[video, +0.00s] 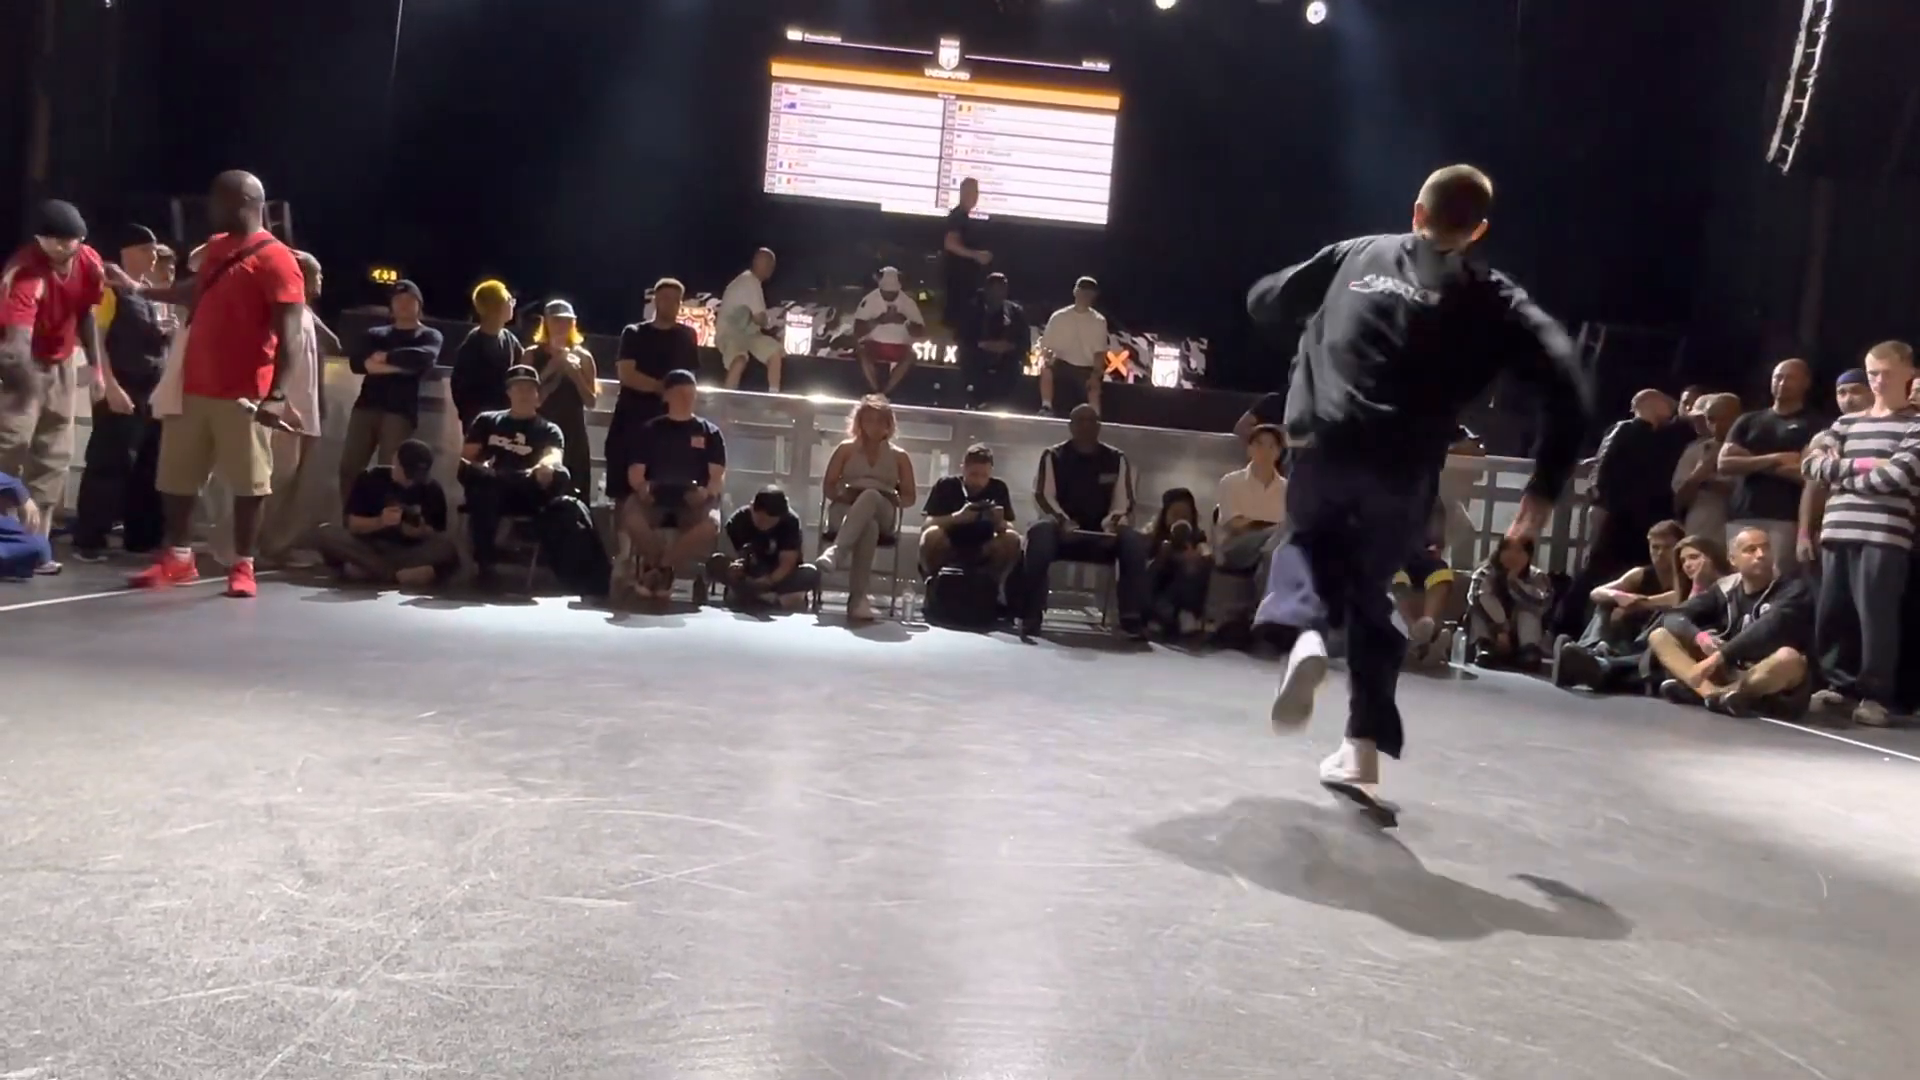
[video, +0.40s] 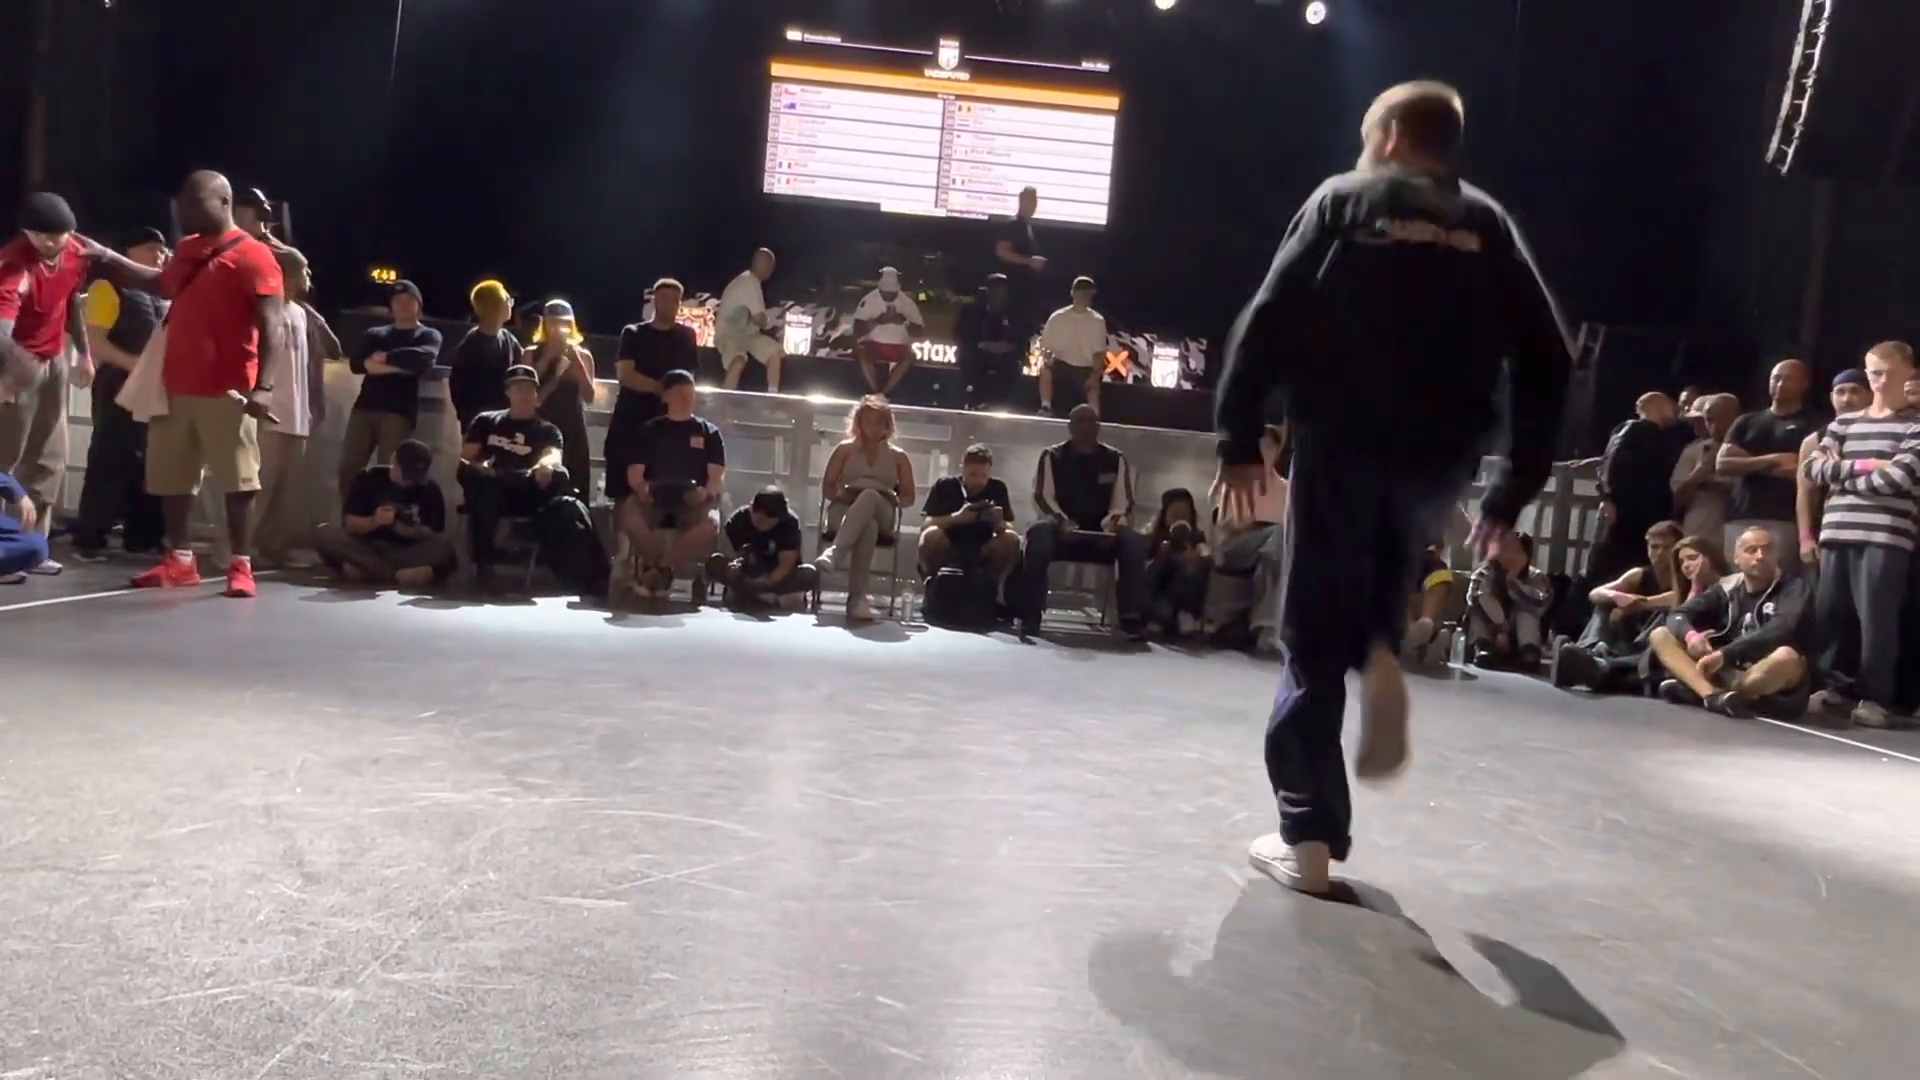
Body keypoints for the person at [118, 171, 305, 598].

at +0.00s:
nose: (211, 208)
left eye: (218, 200)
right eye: (212, 200)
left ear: (244, 203)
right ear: (244, 204)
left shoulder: (277, 259)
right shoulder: (215, 249)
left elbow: (291, 335)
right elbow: (197, 292)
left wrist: (279, 394)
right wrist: (139, 290)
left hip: (244, 396)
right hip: (192, 390)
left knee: (249, 486)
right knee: (176, 478)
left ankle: (243, 566)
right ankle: (177, 557)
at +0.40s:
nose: (184, 211)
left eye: (191, 202)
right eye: (183, 203)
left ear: (223, 202)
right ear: (188, 207)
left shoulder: (255, 256)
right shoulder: (186, 250)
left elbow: (272, 325)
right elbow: (160, 283)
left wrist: (264, 385)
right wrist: (107, 258)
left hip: (228, 389)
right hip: (175, 387)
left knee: (238, 480)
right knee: (172, 475)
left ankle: (239, 565)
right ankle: (179, 560)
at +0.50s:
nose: (180, 211)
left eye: (188, 202)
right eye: (177, 203)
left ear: (214, 200)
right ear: (177, 207)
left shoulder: (245, 252)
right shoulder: (177, 250)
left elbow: (268, 324)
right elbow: (148, 282)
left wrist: (260, 385)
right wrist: (102, 257)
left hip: (226, 390)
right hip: (172, 389)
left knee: (237, 481)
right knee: (171, 477)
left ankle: (240, 564)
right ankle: (178, 559)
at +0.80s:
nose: (174, 208)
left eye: (181, 199)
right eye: (168, 202)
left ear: (204, 200)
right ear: (163, 208)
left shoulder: (236, 252)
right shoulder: (158, 252)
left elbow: (260, 318)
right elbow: (114, 281)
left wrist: (247, 378)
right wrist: (86, 265)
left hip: (222, 386)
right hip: (170, 388)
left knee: (233, 481)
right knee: (171, 478)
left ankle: (235, 563)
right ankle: (177, 560)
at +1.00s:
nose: (195, 204)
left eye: (202, 196)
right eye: (187, 197)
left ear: (216, 201)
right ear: (174, 204)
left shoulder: (244, 253)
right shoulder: (157, 250)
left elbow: (269, 318)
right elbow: (112, 285)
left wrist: (256, 378)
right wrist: (86, 261)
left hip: (223, 388)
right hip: (167, 388)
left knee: (226, 481)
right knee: (170, 478)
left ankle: (224, 561)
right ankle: (176, 561)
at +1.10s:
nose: (204, 203)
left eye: (211, 196)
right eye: (196, 197)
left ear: (224, 204)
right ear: (180, 204)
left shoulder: (248, 254)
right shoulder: (160, 250)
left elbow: (270, 320)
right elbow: (119, 284)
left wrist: (265, 381)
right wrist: (91, 261)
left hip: (227, 389)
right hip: (169, 388)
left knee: (229, 480)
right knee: (170, 478)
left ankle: (225, 560)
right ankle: (177, 560)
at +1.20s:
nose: (215, 205)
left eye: (221, 198)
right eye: (206, 198)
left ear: (232, 206)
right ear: (188, 206)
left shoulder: (254, 255)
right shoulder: (169, 249)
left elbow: (275, 324)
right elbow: (123, 280)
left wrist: (272, 384)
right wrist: (89, 247)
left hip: (228, 388)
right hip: (170, 387)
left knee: (231, 480)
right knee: (171, 478)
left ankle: (224, 560)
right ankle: (178, 560)